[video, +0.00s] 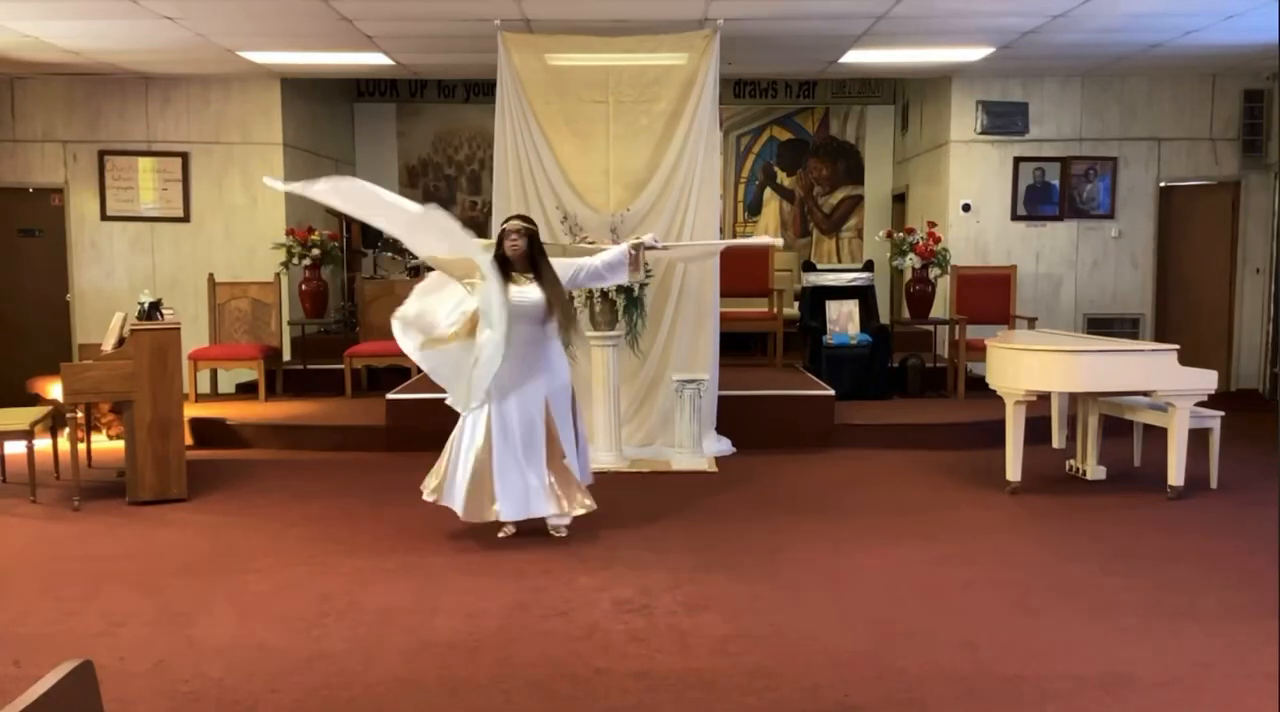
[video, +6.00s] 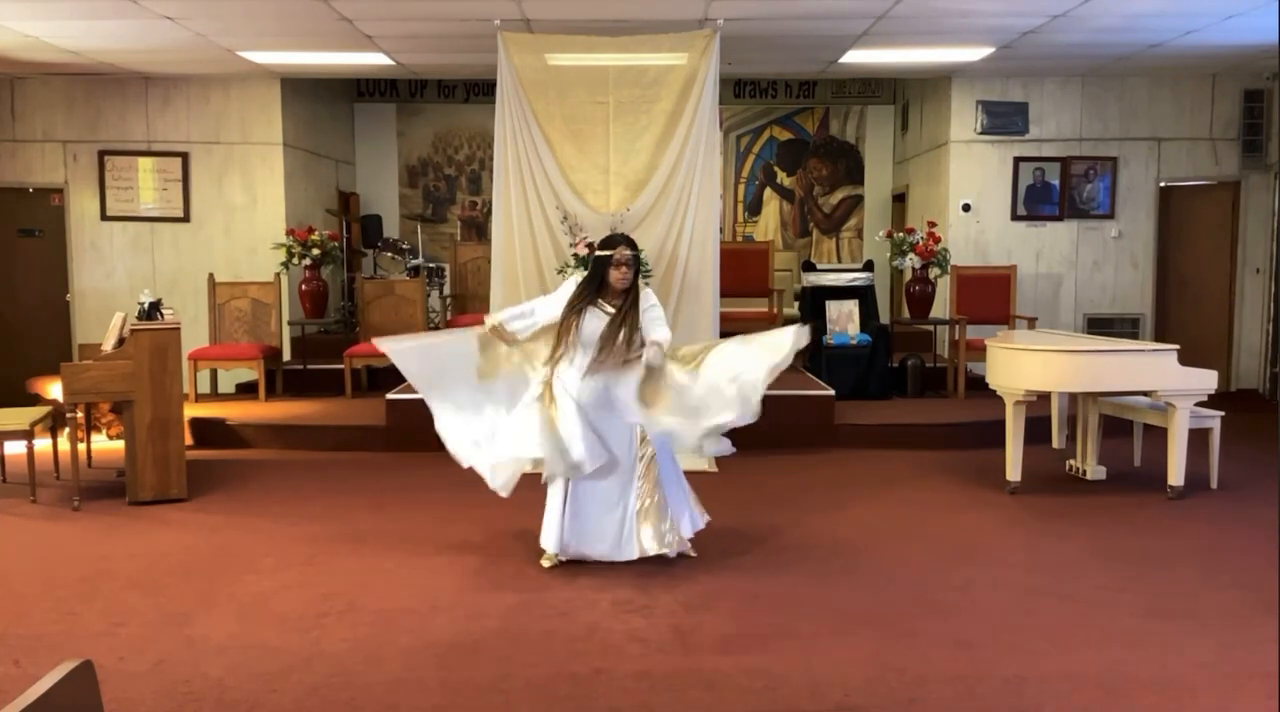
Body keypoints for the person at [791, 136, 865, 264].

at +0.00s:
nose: (816, 176)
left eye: (823, 169)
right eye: (812, 171)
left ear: (839, 166)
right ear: (808, 173)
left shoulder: (854, 193)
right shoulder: (818, 194)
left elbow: (828, 227)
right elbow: (800, 233)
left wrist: (808, 197)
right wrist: (799, 198)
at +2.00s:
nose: (816, 176)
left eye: (822, 169)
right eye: (813, 171)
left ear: (839, 166)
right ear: (808, 172)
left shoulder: (854, 193)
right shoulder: (819, 194)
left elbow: (828, 227)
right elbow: (800, 233)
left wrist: (808, 196)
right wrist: (799, 197)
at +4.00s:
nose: (815, 176)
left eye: (820, 170)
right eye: (812, 171)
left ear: (840, 166)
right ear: (808, 173)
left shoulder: (854, 193)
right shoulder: (820, 195)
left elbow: (828, 226)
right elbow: (799, 232)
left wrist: (808, 196)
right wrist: (799, 197)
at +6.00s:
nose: (815, 176)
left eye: (820, 170)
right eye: (812, 171)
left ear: (840, 165)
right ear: (808, 173)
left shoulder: (854, 193)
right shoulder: (820, 195)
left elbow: (828, 227)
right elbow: (800, 232)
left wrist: (808, 197)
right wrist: (799, 197)